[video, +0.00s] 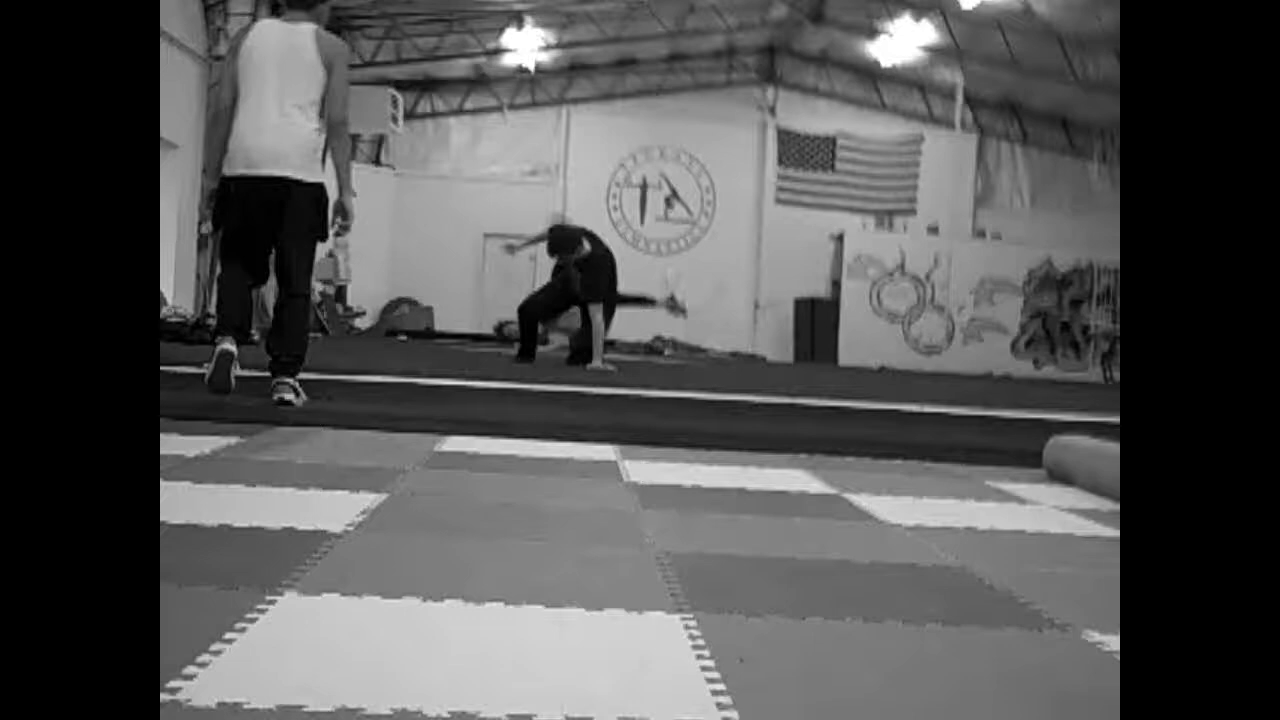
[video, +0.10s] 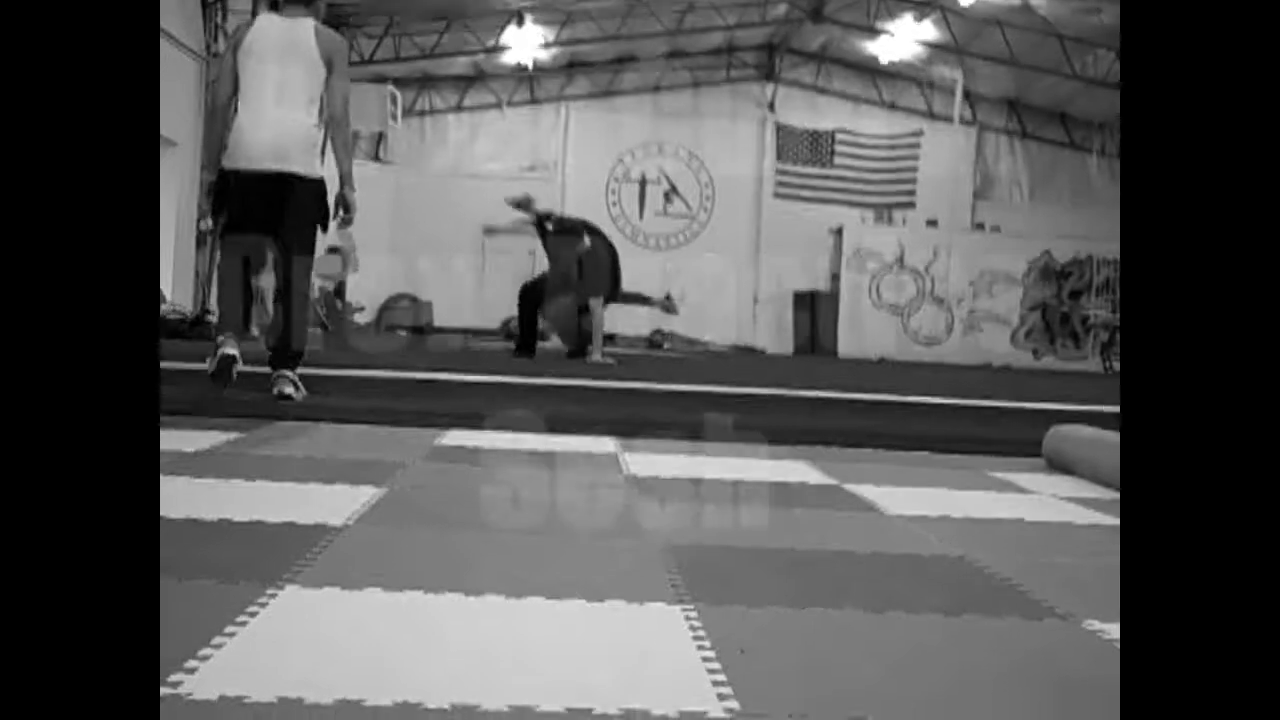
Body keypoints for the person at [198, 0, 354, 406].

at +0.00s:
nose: (328, 12)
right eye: (327, 8)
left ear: (280, 3)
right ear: (323, 7)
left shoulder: (246, 37)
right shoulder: (333, 47)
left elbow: (221, 110)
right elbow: (337, 123)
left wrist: (212, 177)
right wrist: (346, 191)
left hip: (245, 177)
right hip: (301, 181)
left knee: (239, 266)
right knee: (296, 283)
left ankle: (228, 339)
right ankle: (285, 379)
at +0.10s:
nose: (326, 8)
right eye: (323, 6)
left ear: (276, 0)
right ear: (318, 5)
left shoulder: (245, 32)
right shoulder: (331, 41)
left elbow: (220, 103)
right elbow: (338, 119)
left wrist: (211, 170)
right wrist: (347, 185)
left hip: (244, 170)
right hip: (300, 173)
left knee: (234, 252)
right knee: (296, 273)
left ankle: (228, 340)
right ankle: (285, 371)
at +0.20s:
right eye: (315, 8)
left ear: (269, 1)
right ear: (312, 5)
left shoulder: (241, 34)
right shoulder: (327, 42)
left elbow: (216, 108)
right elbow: (339, 120)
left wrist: (210, 172)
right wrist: (349, 183)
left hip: (241, 177)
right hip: (297, 180)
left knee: (233, 266)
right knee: (293, 280)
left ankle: (227, 346)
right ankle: (284, 374)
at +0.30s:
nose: (297, 12)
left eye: (279, 8)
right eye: (303, 9)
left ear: (266, 5)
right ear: (307, 8)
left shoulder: (236, 42)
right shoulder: (322, 49)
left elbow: (215, 115)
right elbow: (341, 126)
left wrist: (212, 177)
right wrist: (350, 185)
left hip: (240, 179)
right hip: (295, 182)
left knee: (236, 268)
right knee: (290, 280)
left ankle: (227, 345)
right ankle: (284, 376)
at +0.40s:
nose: (291, 16)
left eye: (269, 13)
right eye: (294, 11)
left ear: (256, 10)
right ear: (295, 11)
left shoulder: (229, 46)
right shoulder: (314, 48)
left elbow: (214, 121)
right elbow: (336, 121)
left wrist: (215, 182)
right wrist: (348, 183)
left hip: (239, 180)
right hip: (292, 181)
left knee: (237, 267)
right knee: (288, 276)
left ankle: (230, 347)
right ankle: (283, 368)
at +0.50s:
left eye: (243, 11)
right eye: (280, 9)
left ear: (243, 11)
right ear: (282, 10)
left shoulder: (223, 51)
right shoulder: (305, 49)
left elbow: (213, 124)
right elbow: (329, 118)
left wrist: (207, 187)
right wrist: (342, 179)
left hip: (236, 179)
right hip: (291, 179)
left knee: (234, 267)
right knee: (288, 271)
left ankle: (230, 356)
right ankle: (284, 358)